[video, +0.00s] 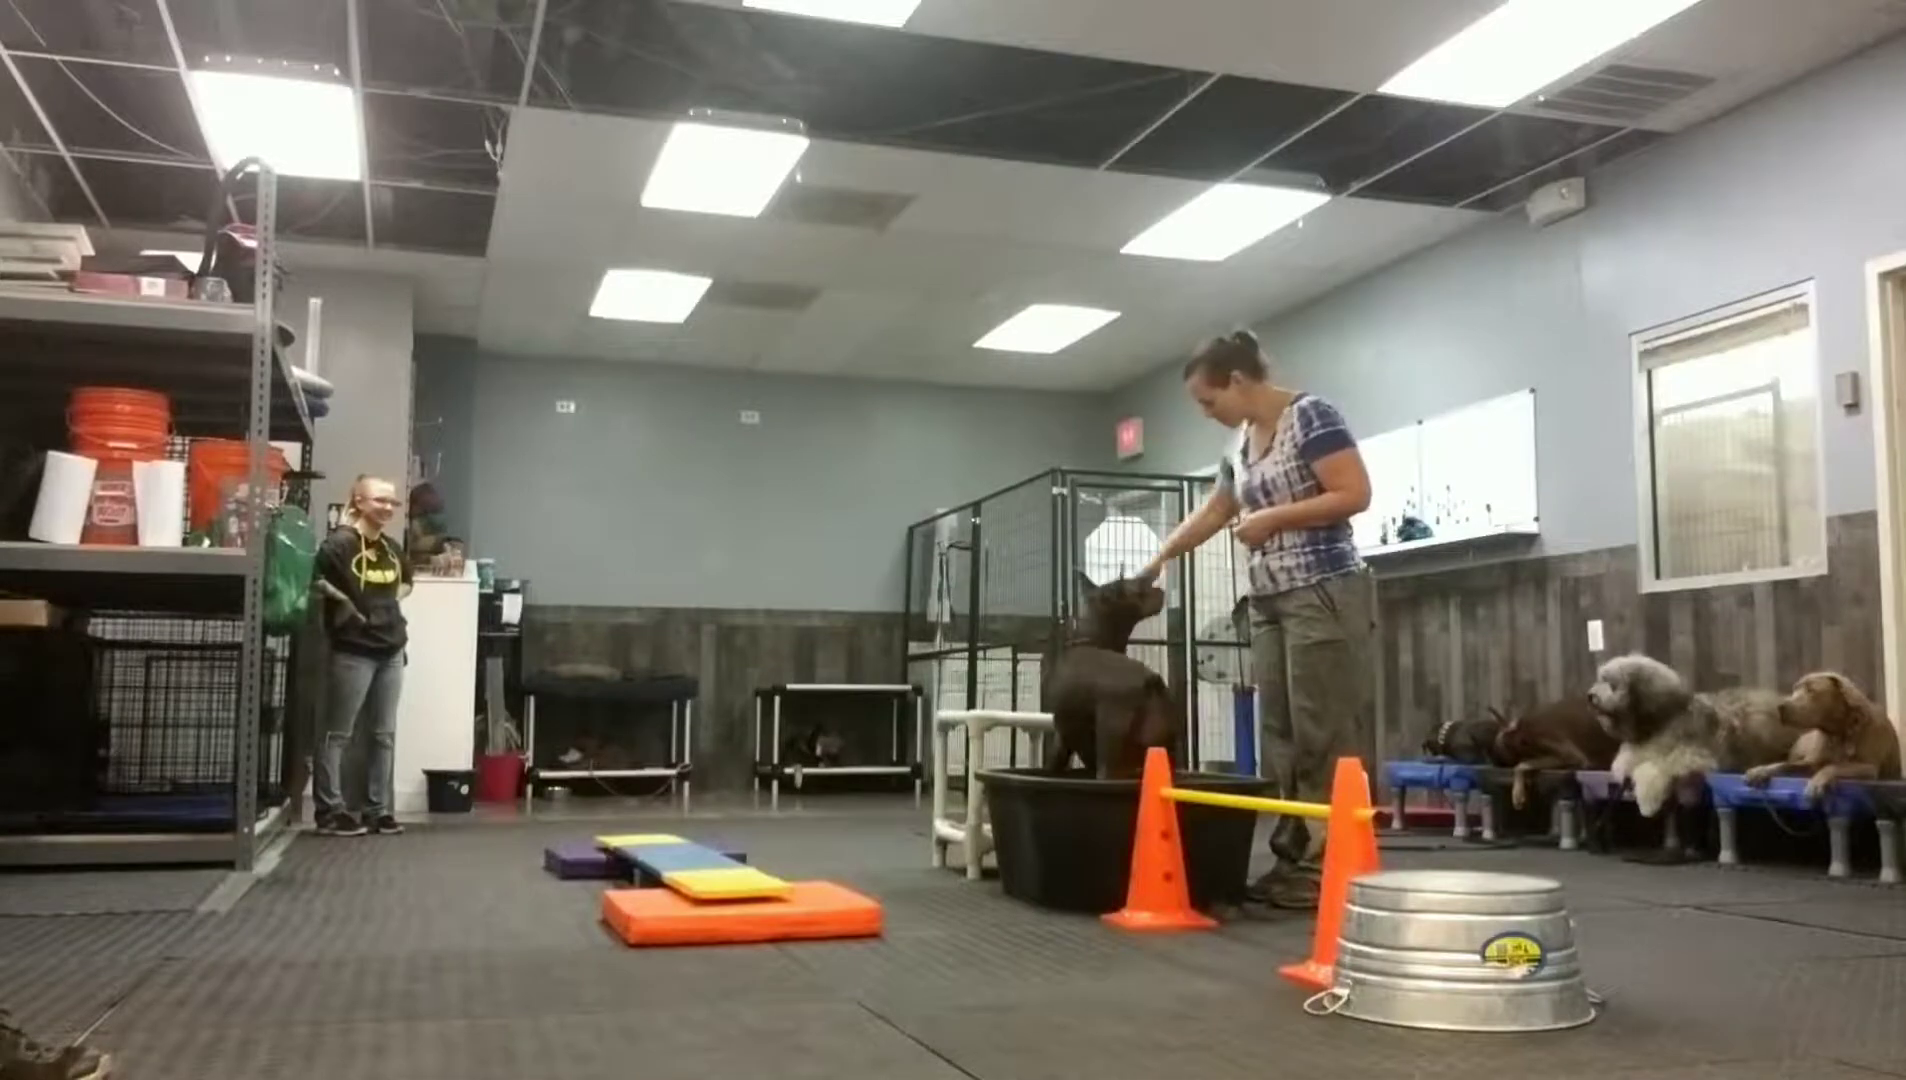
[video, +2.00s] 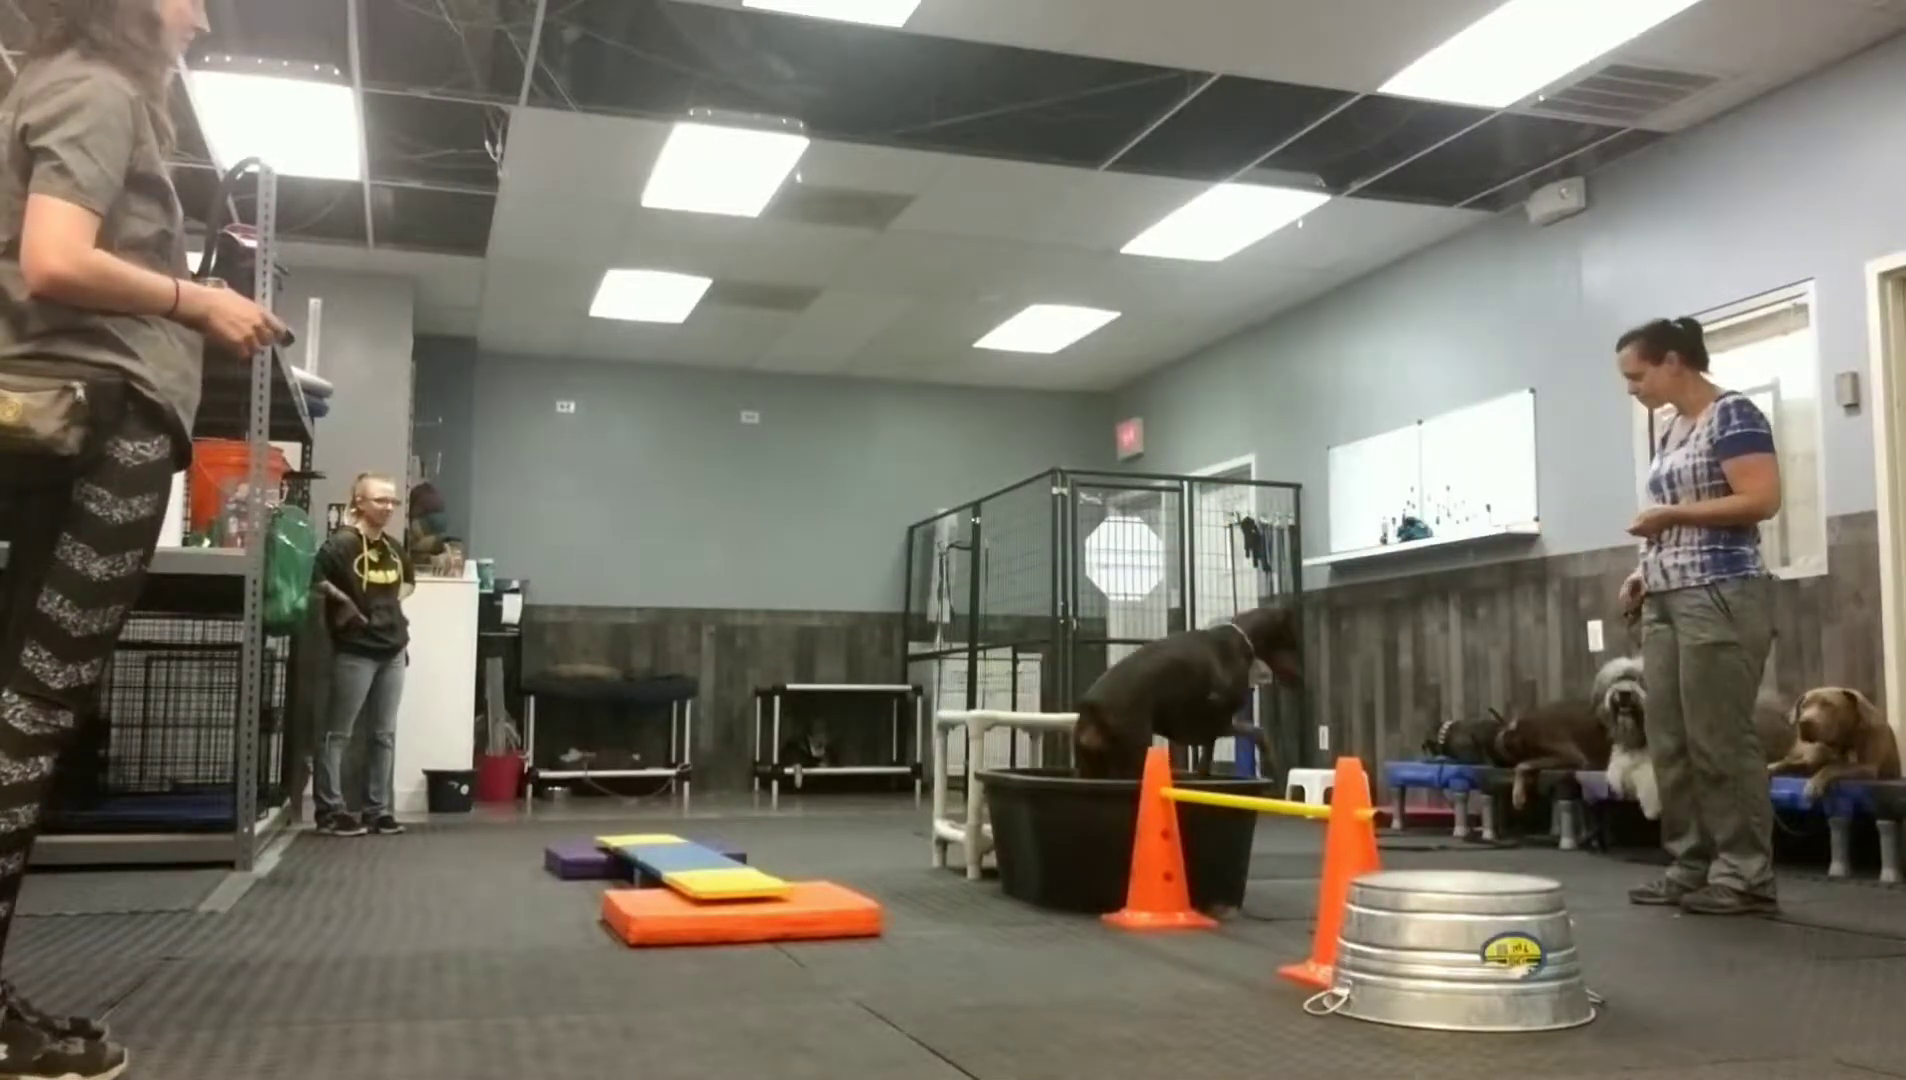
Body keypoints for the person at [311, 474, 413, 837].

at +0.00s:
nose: (388, 508)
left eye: (392, 502)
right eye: (380, 500)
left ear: (394, 507)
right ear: (358, 502)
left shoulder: (389, 546)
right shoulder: (339, 544)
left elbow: (406, 582)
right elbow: (322, 587)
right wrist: (352, 614)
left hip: (391, 650)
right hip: (353, 650)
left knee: (383, 735)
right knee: (338, 734)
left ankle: (377, 811)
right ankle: (330, 811)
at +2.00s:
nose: (389, 508)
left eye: (392, 502)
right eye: (381, 501)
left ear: (395, 506)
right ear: (359, 503)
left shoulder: (391, 546)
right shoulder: (339, 546)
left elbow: (403, 585)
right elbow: (316, 586)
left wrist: (395, 623)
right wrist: (346, 608)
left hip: (392, 650)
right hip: (355, 650)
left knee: (383, 734)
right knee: (339, 734)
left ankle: (378, 811)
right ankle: (330, 811)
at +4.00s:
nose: (392, 507)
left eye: (395, 502)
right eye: (385, 501)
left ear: (396, 506)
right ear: (365, 504)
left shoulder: (390, 546)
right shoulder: (356, 547)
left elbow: (394, 595)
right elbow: (357, 602)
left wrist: (395, 637)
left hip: (389, 647)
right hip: (364, 651)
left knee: (386, 731)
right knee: (368, 731)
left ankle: (384, 811)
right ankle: (369, 814)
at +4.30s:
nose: (385, 503)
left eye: (388, 497)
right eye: (376, 496)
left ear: (393, 503)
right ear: (356, 503)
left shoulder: (392, 548)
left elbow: (403, 595)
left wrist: (390, 622)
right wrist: (373, 627)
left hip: (389, 652)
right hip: (352, 651)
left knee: (382, 735)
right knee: (338, 733)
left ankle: (376, 808)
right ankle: (330, 809)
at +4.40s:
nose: (382, 505)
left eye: (385, 500)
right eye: (374, 499)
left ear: (388, 505)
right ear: (356, 503)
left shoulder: (386, 549)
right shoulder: (340, 541)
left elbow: (413, 582)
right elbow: (322, 580)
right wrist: (345, 604)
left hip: (389, 649)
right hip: (354, 648)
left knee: (382, 734)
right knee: (339, 733)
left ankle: (377, 809)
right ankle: (330, 810)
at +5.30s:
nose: (378, 512)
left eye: (384, 506)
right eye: (371, 505)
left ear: (389, 509)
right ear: (352, 507)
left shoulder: (388, 550)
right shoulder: (337, 543)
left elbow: (425, 563)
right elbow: (317, 579)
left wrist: (407, 538)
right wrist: (340, 600)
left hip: (390, 649)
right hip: (354, 648)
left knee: (383, 734)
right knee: (340, 734)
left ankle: (377, 810)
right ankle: (330, 810)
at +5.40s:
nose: (377, 505)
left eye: (382, 500)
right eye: (369, 499)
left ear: (389, 506)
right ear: (353, 504)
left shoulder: (387, 550)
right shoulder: (337, 545)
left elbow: (391, 597)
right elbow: (320, 591)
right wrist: (348, 618)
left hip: (390, 649)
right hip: (353, 649)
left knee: (382, 735)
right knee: (338, 734)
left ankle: (377, 811)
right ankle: (329, 810)